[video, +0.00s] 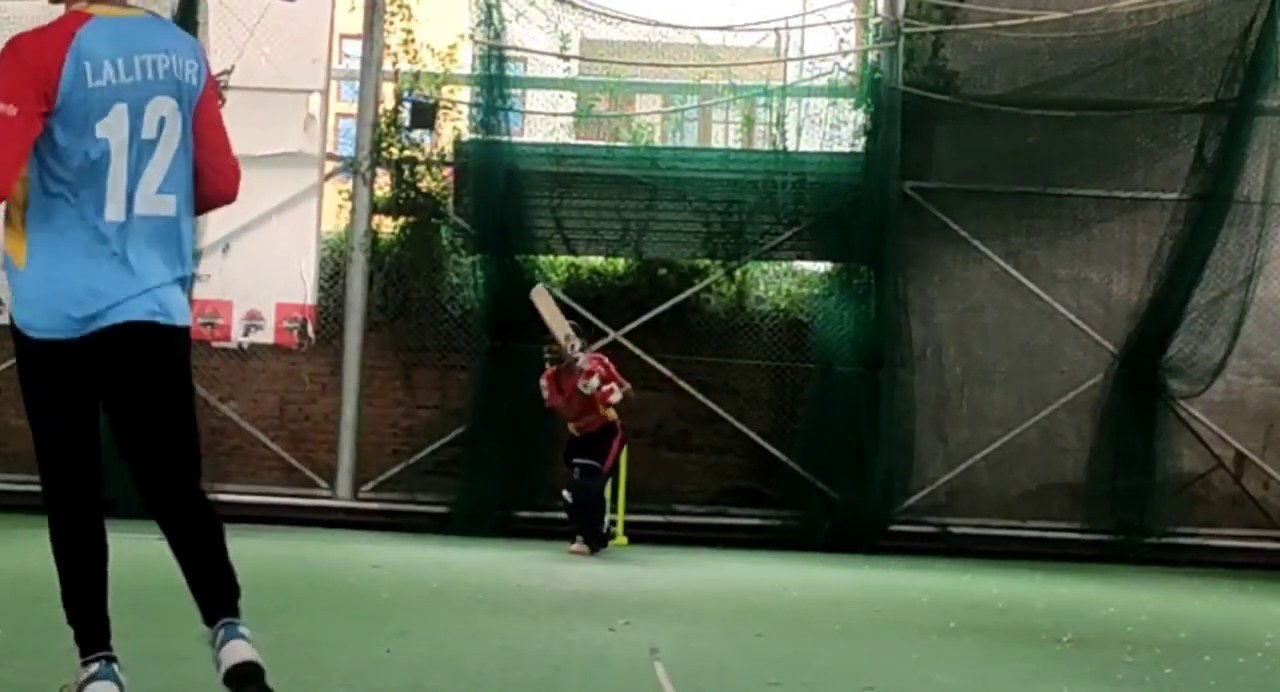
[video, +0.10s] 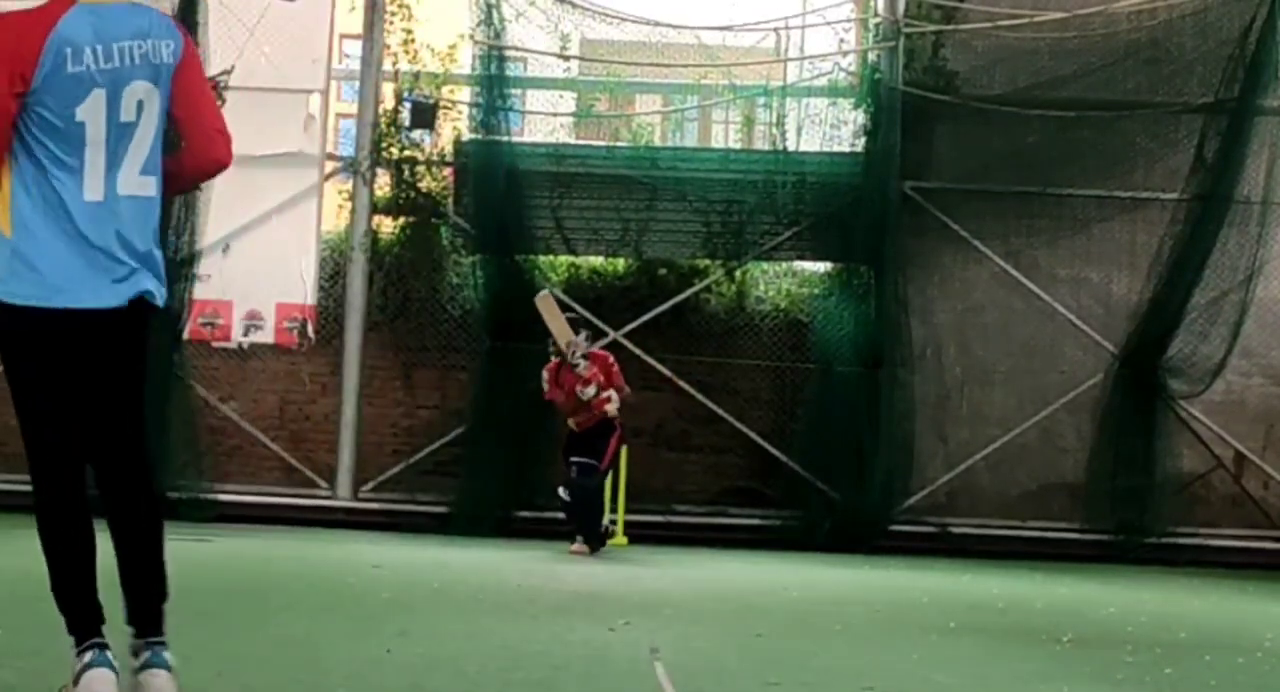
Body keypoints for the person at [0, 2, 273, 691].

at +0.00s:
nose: (51, 1)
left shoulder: (35, 50)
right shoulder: (185, 51)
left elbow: (6, 178)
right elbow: (221, 182)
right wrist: (144, 207)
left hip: (53, 318)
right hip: (153, 313)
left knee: (73, 498)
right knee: (176, 484)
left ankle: (98, 663)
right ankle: (229, 629)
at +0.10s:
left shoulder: (24, 30)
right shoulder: (166, 32)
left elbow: (6, 134)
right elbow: (209, 150)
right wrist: (137, 183)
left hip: (32, 291)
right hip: (128, 293)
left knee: (55, 476)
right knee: (131, 468)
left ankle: (91, 651)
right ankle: (152, 648)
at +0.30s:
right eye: (6, 7)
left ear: (7, 8)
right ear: (55, 7)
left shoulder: (11, 65)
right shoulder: (110, 68)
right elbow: (167, 173)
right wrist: (97, 226)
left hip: (12, 308)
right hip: (75, 312)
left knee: (12, 473)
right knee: (39, 473)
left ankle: (58, 601)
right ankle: (39, 636)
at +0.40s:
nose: (7, 14)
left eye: (3, 10)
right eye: (15, 9)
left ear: (2, 9)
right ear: (26, 9)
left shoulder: (11, 73)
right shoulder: (64, 76)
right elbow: (98, 200)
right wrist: (38, 230)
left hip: (9, 319)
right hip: (51, 318)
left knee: (6, 460)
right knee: (12, 464)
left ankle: (30, 589)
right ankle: (42, 646)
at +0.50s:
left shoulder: (17, 55)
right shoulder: (18, 54)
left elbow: (30, 186)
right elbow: (32, 185)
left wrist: (38, 286)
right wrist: (39, 283)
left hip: (12, 298)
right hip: (17, 297)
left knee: (12, 468)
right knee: (12, 469)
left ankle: (38, 633)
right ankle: (38, 632)